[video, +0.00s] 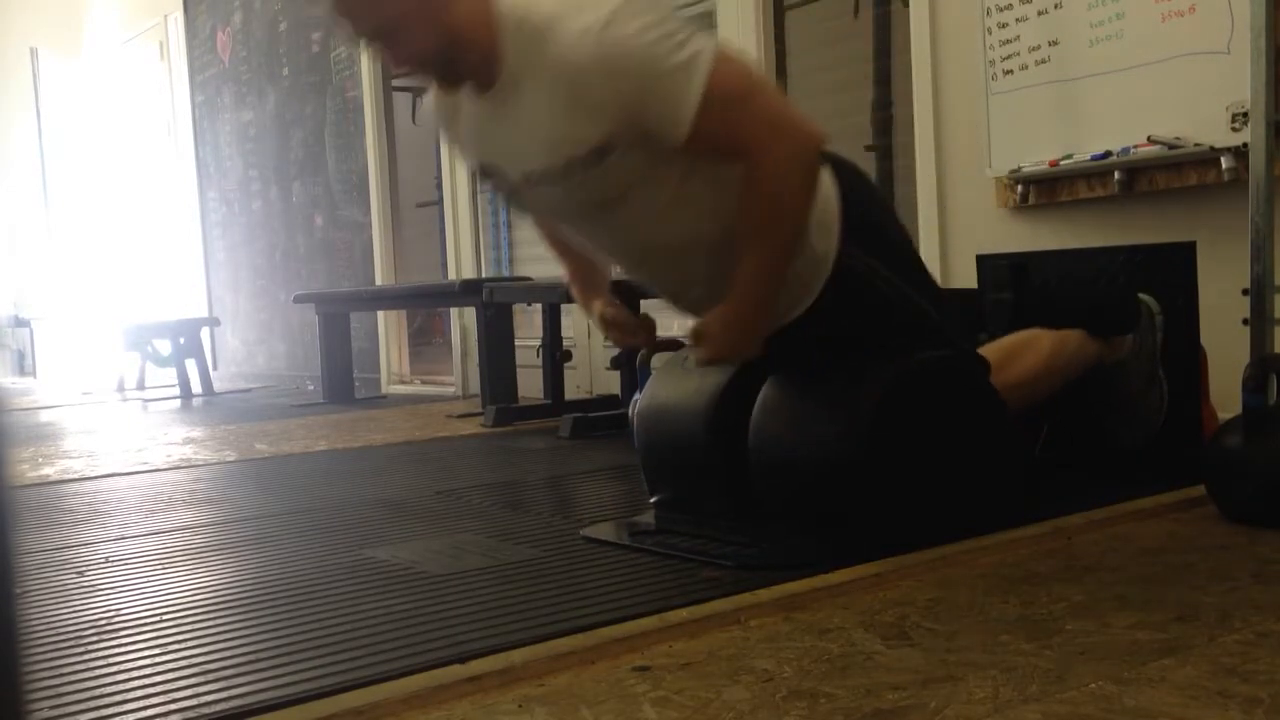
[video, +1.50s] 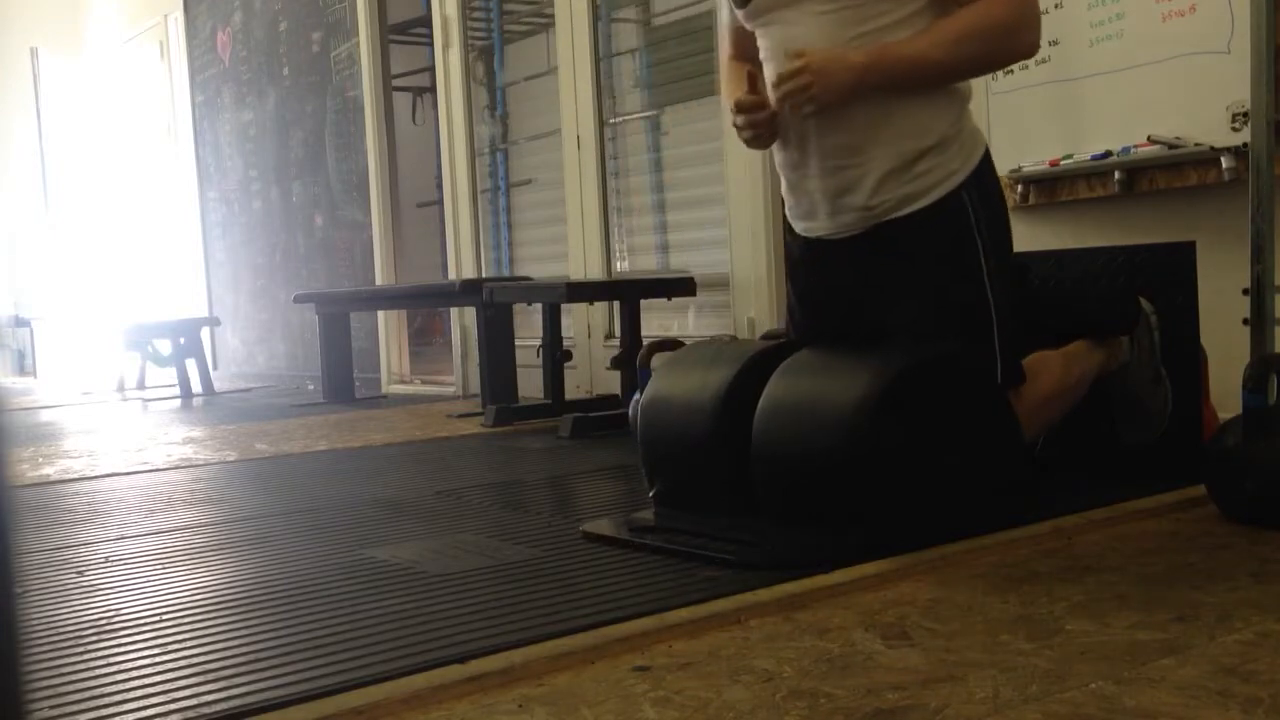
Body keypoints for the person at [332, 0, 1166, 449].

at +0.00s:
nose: (382, 61)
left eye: (382, 31)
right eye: (366, 44)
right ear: (381, 40)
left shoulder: (596, 48)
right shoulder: (452, 105)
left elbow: (790, 141)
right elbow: (539, 196)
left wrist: (741, 309)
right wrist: (597, 298)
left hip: (826, 253)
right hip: (726, 292)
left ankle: (1071, 350)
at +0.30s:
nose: (277, 298)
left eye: (271, 272)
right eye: (257, 285)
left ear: (323, 220)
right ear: (308, 229)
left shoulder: (489, 256)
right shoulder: (392, 275)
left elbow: (721, 300)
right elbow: (554, 318)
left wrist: (682, 416)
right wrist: (611, 396)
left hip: (784, 275)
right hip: (704, 278)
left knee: (951, 359)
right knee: (901, 333)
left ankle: (1108, 328)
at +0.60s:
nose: (301, 339)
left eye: (298, 307)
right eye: (281, 322)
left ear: (356, 247)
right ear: (324, 272)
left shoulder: (511, 279)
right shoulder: (406, 303)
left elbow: (754, 316)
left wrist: (713, 421)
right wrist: (629, 412)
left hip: (799, 260)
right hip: (727, 244)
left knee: (963, 364)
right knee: (921, 327)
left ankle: (1101, 336)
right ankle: (1056, 327)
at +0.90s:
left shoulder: (680, 21)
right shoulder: (525, 66)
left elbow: (848, 123)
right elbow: (639, 162)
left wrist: (746, 265)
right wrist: (645, 236)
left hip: (866, 246)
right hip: (771, 287)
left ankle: (1092, 350)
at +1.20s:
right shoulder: (702, 7)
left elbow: (972, 29)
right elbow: (700, 60)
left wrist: (816, 100)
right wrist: (707, 123)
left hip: (920, 215)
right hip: (803, 243)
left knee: (963, 451)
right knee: (841, 462)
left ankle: (1102, 346)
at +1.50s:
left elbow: (1015, 27)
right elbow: (739, 56)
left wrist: (859, 68)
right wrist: (746, 108)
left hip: (935, 204)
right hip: (816, 224)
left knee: (973, 435)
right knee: (845, 442)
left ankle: (1107, 349)